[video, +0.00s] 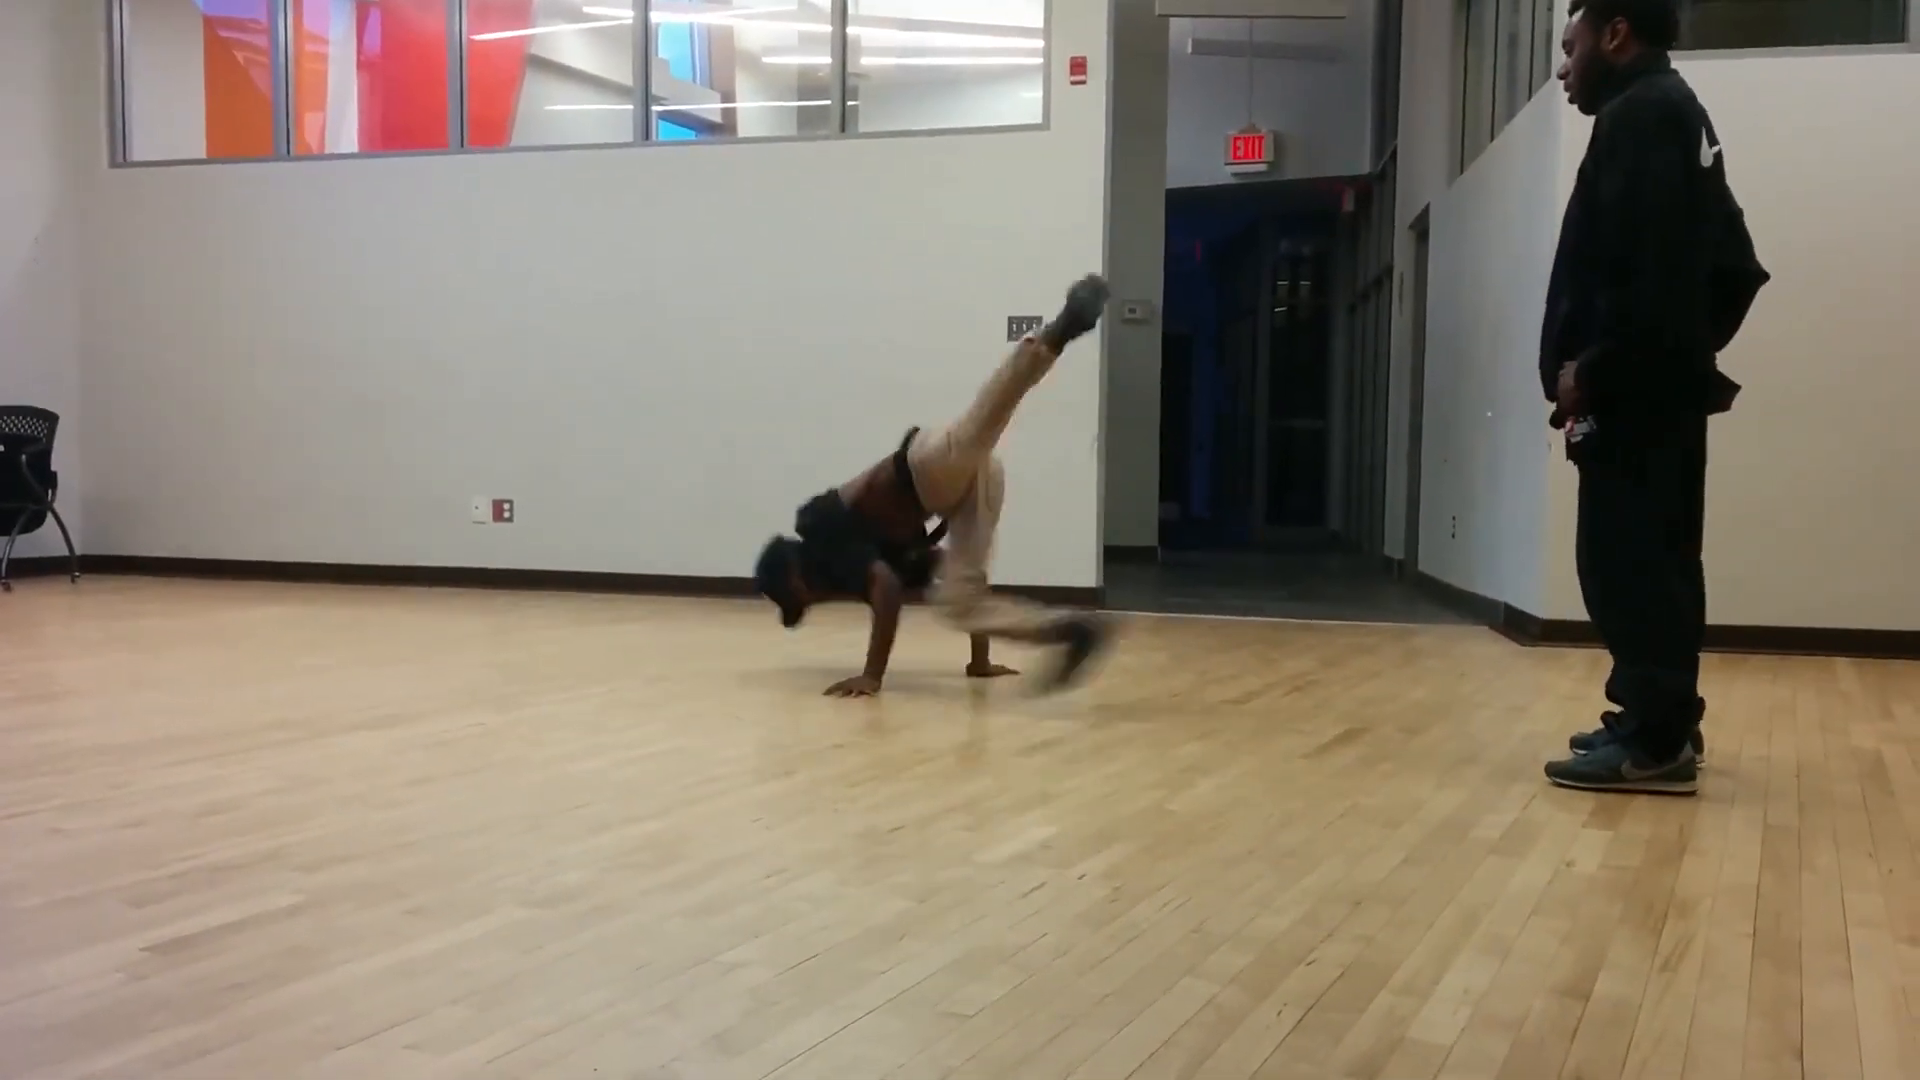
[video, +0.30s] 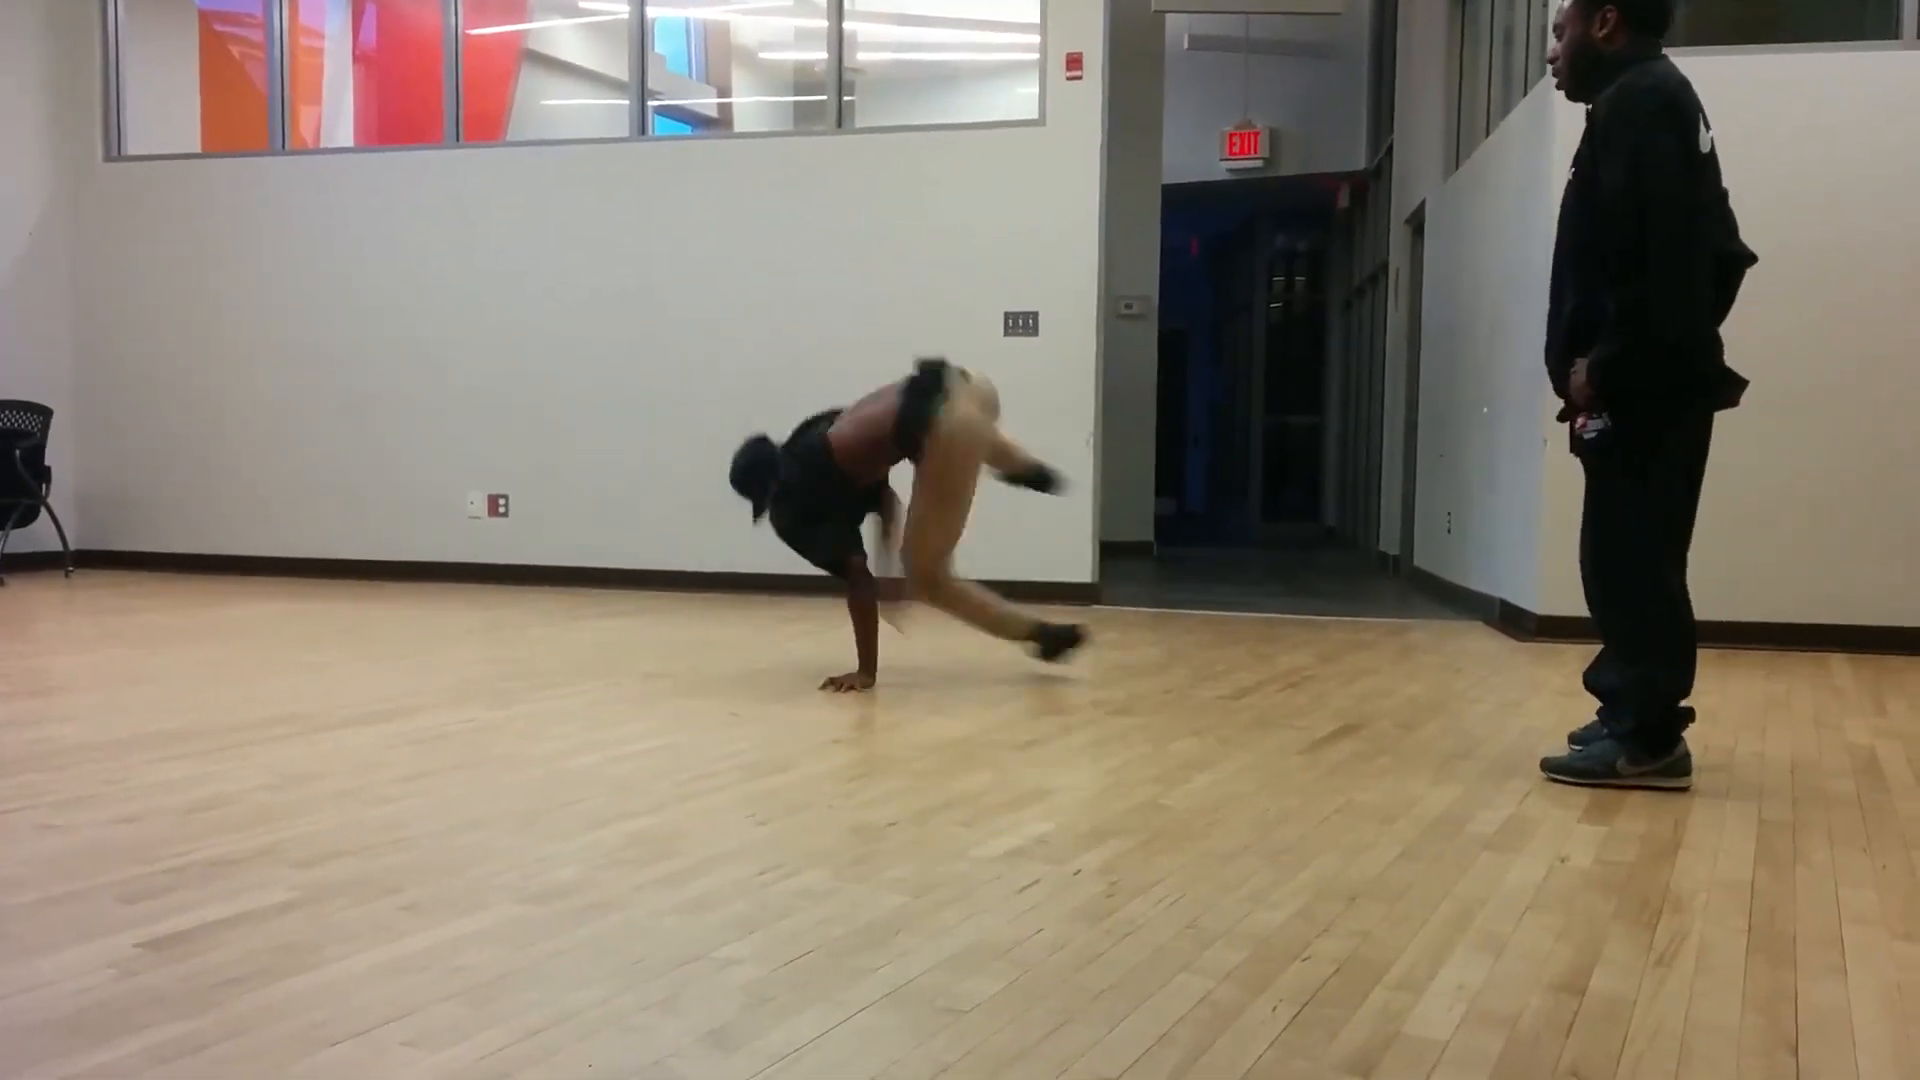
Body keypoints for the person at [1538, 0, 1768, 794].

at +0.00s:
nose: (1562, 63)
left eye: (1572, 44)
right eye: (1564, 46)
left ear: (1617, 38)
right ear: (1624, 38)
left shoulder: (1639, 113)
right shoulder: (1671, 109)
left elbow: (1625, 262)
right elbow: (1735, 266)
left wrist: (1585, 363)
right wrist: (1677, 359)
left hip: (1636, 397)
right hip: (1664, 394)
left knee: (1628, 557)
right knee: (1651, 552)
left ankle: (1656, 740)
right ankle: (1656, 726)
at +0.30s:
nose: (1550, 49)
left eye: (1560, 30)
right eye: (1552, 31)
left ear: (1606, 25)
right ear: (1613, 28)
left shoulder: (1633, 101)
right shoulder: (1663, 97)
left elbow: (1640, 255)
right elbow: (1722, 253)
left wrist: (1598, 360)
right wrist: (1661, 355)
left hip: (1639, 392)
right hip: (1667, 390)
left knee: (1625, 557)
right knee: (1640, 555)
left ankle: (1643, 738)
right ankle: (1645, 729)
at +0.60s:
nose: (1526, 65)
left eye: (1532, 42)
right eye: (1526, 46)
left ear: (1575, 35)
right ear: (1588, 35)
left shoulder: (1624, 108)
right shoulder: (1657, 95)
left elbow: (1652, 261)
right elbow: (1750, 217)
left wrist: (1619, 371)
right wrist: (1696, 314)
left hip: (1667, 389)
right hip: (1688, 383)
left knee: (1648, 552)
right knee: (1658, 549)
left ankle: (1644, 735)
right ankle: (1639, 721)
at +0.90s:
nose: (1556, 56)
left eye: (1562, 33)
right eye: (1556, 37)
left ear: (1606, 25)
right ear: (1626, 28)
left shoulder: (1641, 113)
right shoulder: (1707, 97)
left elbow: (1624, 246)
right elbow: (1807, 191)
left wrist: (1617, 360)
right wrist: (1729, 273)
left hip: (1675, 380)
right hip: (1731, 370)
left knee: (1647, 551)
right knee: (1722, 539)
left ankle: (1647, 732)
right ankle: (1765, 707)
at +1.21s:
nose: (1626, 46)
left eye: (1635, 22)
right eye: (1626, 26)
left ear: (1682, 17)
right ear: (1691, 21)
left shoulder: (1693, 108)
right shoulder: (1761, 100)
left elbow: (1677, 256)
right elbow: (1847, 223)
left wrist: (1648, 364)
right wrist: (1763, 295)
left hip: (1696, 388)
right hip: (1763, 381)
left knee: (1659, 554)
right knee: (1764, 550)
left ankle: (1647, 732)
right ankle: (1787, 723)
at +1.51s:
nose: (1679, 41)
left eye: (1689, 22)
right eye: (1681, 25)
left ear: (1732, 24)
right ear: (1752, 30)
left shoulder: (1731, 108)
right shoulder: (1814, 101)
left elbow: (1725, 243)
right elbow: (1903, 216)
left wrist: (1693, 356)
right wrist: (1842, 303)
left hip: (1746, 378)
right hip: (1828, 377)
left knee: (1685, 535)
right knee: (1810, 548)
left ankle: (1670, 718)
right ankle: (1794, 728)